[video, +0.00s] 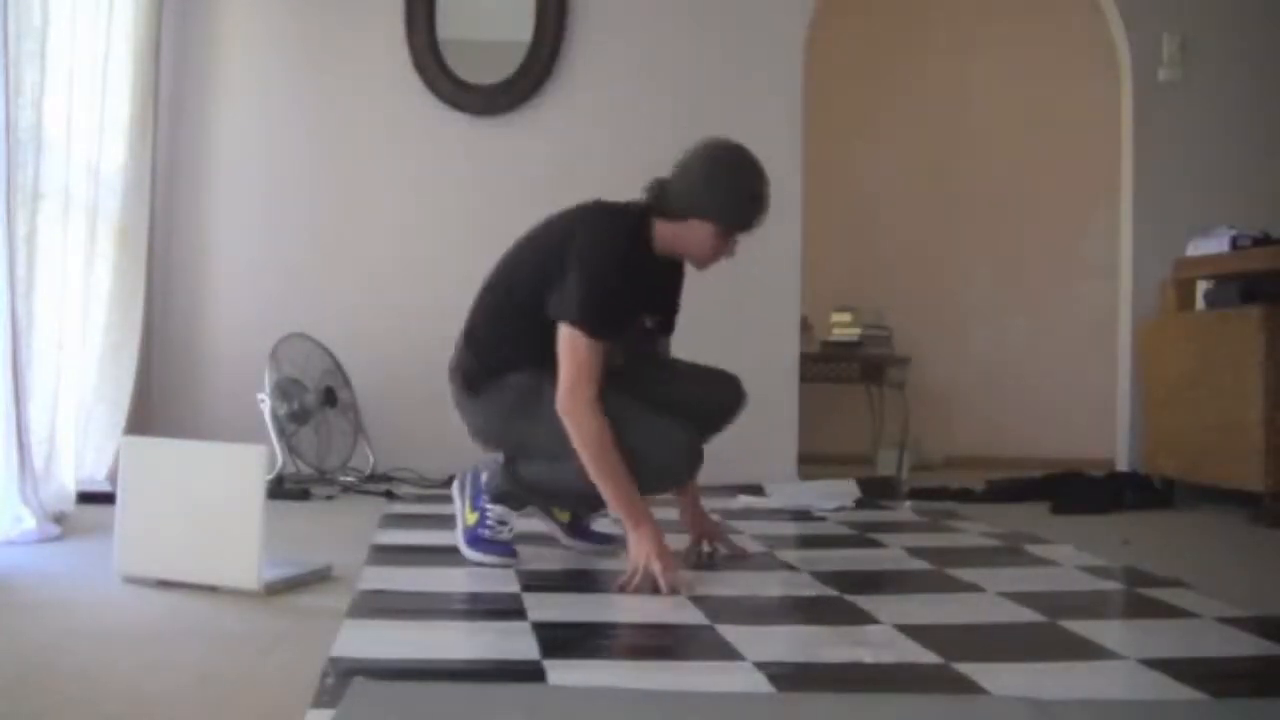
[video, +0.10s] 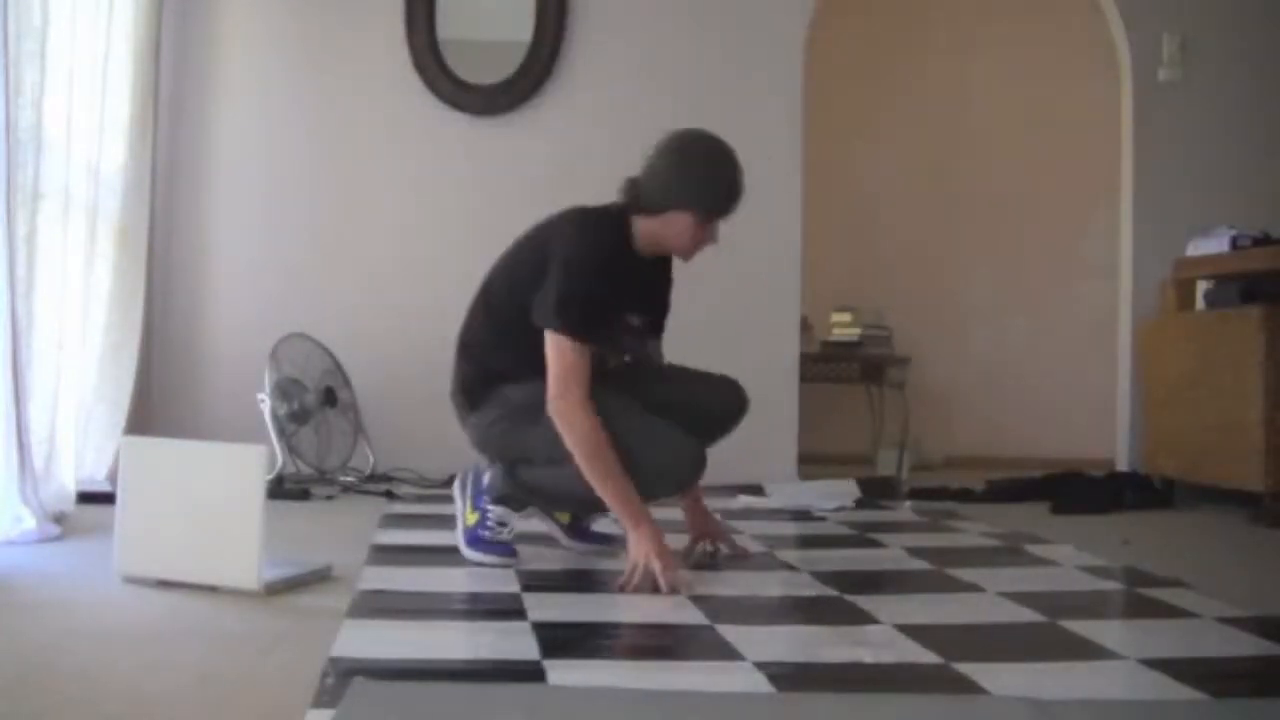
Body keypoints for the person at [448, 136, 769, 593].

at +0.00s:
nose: (730, 250)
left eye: (736, 236)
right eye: (727, 233)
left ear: (691, 213)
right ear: (695, 215)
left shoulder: (665, 262)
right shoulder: (601, 246)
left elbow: (651, 379)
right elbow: (575, 402)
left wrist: (691, 507)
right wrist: (640, 528)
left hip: (568, 379)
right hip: (498, 393)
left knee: (718, 396)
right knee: (669, 454)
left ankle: (567, 493)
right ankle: (492, 487)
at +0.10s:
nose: (712, 237)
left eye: (716, 222)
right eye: (707, 220)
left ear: (674, 209)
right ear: (674, 206)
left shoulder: (653, 260)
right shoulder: (582, 248)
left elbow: (645, 377)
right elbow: (566, 404)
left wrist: (693, 507)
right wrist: (641, 529)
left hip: (581, 390)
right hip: (501, 410)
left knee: (720, 401)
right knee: (672, 461)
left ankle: (568, 496)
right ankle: (495, 488)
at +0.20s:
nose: (707, 231)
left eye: (712, 216)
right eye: (703, 214)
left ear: (669, 203)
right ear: (670, 202)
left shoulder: (652, 256)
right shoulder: (579, 244)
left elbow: (647, 379)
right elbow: (566, 400)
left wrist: (701, 504)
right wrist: (644, 521)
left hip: (580, 389)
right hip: (501, 408)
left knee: (720, 404)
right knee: (670, 460)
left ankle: (569, 495)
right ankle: (494, 489)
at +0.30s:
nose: (710, 224)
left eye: (714, 210)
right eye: (704, 208)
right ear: (670, 195)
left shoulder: (653, 252)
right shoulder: (584, 239)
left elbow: (666, 380)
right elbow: (584, 391)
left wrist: (737, 497)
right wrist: (674, 517)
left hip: (571, 386)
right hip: (502, 403)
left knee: (723, 408)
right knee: (673, 459)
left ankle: (566, 496)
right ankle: (496, 489)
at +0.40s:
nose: (716, 224)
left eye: (719, 209)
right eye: (709, 207)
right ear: (672, 193)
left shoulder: (662, 257)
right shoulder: (589, 240)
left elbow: (687, 381)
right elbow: (610, 390)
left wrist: (764, 495)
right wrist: (698, 515)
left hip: (574, 395)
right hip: (506, 404)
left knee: (723, 414)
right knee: (679, 468)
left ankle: (570, 495)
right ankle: (495, 488)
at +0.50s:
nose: (743, 225)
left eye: (746, 210)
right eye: (736, 208)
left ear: (706, 203)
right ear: (701, 198)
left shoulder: (681, 262)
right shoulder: (614, 249)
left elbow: (707, 383)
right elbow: (648, 400)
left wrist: (767, 498)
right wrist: (715, 527)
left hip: (595, 401)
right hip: (520, 407)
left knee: (732, 433)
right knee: (668, 495)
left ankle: (572, 496)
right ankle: (503, 486)